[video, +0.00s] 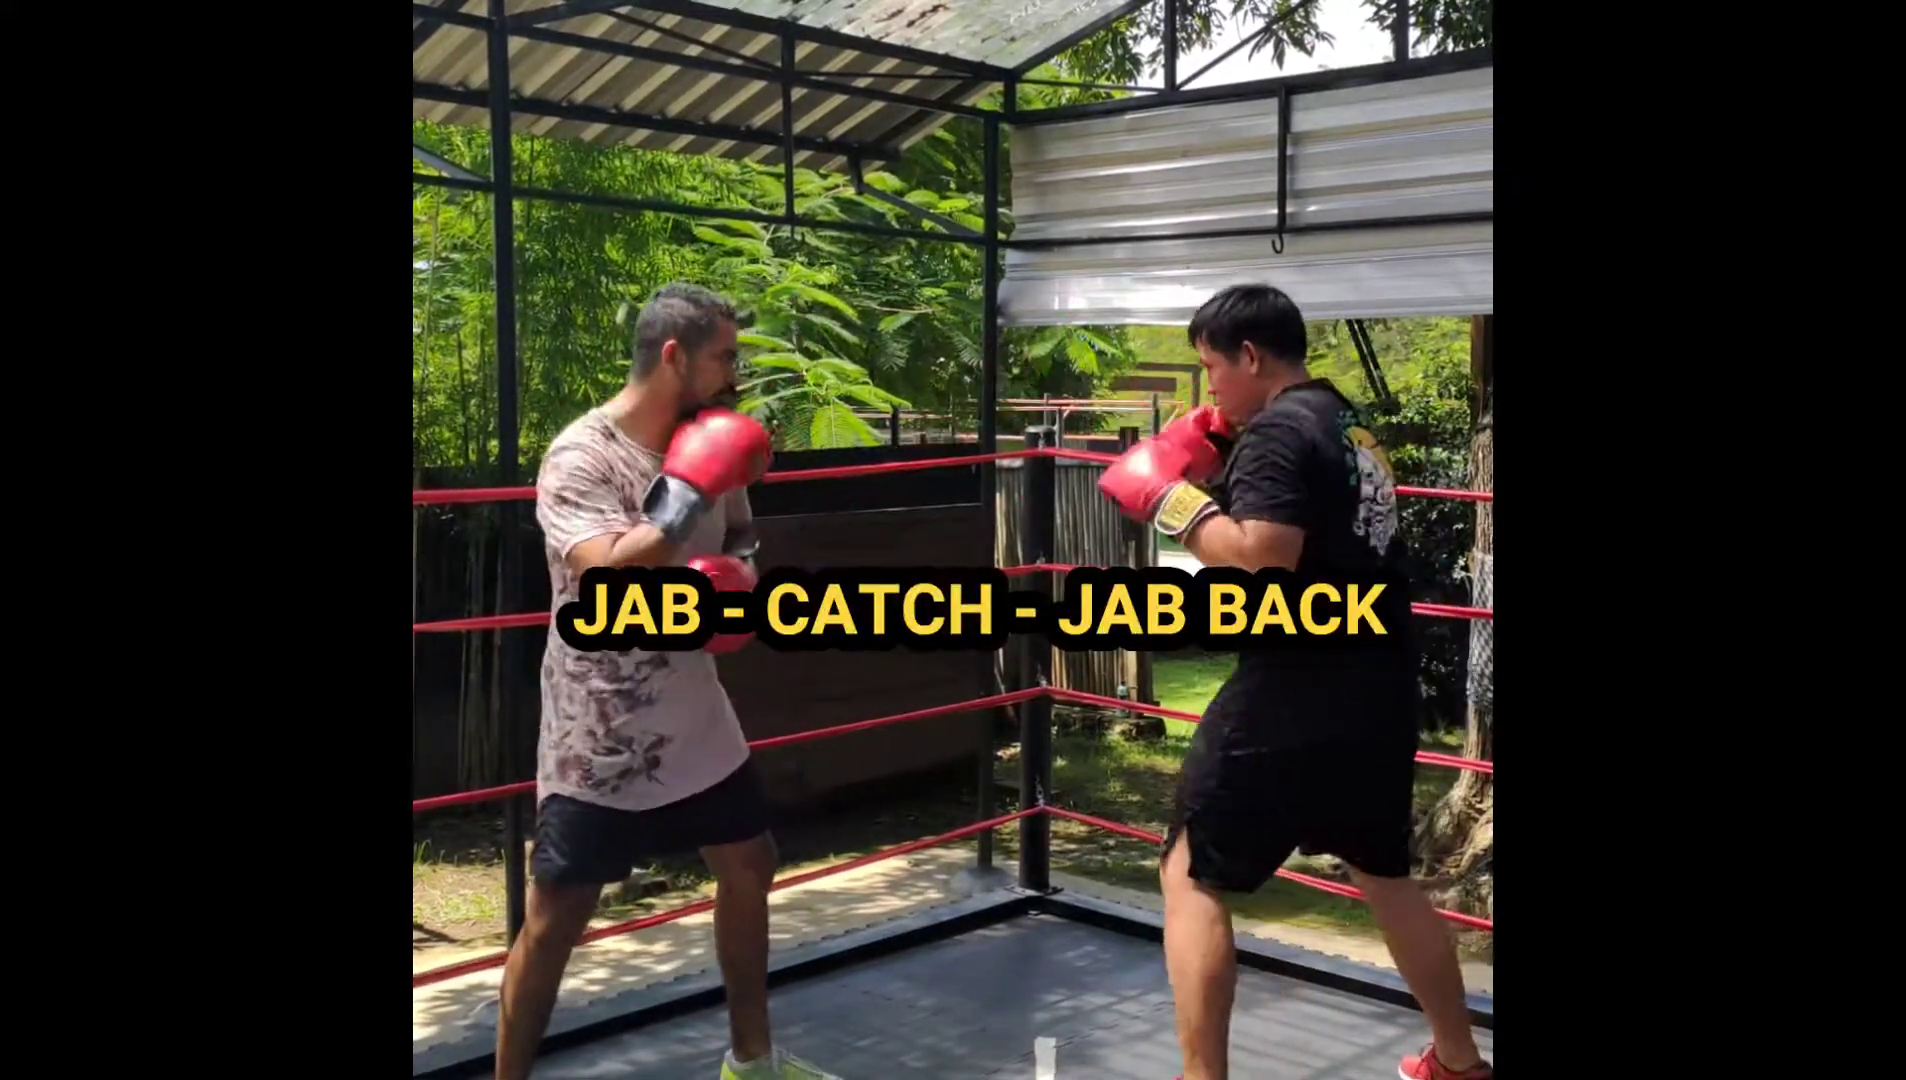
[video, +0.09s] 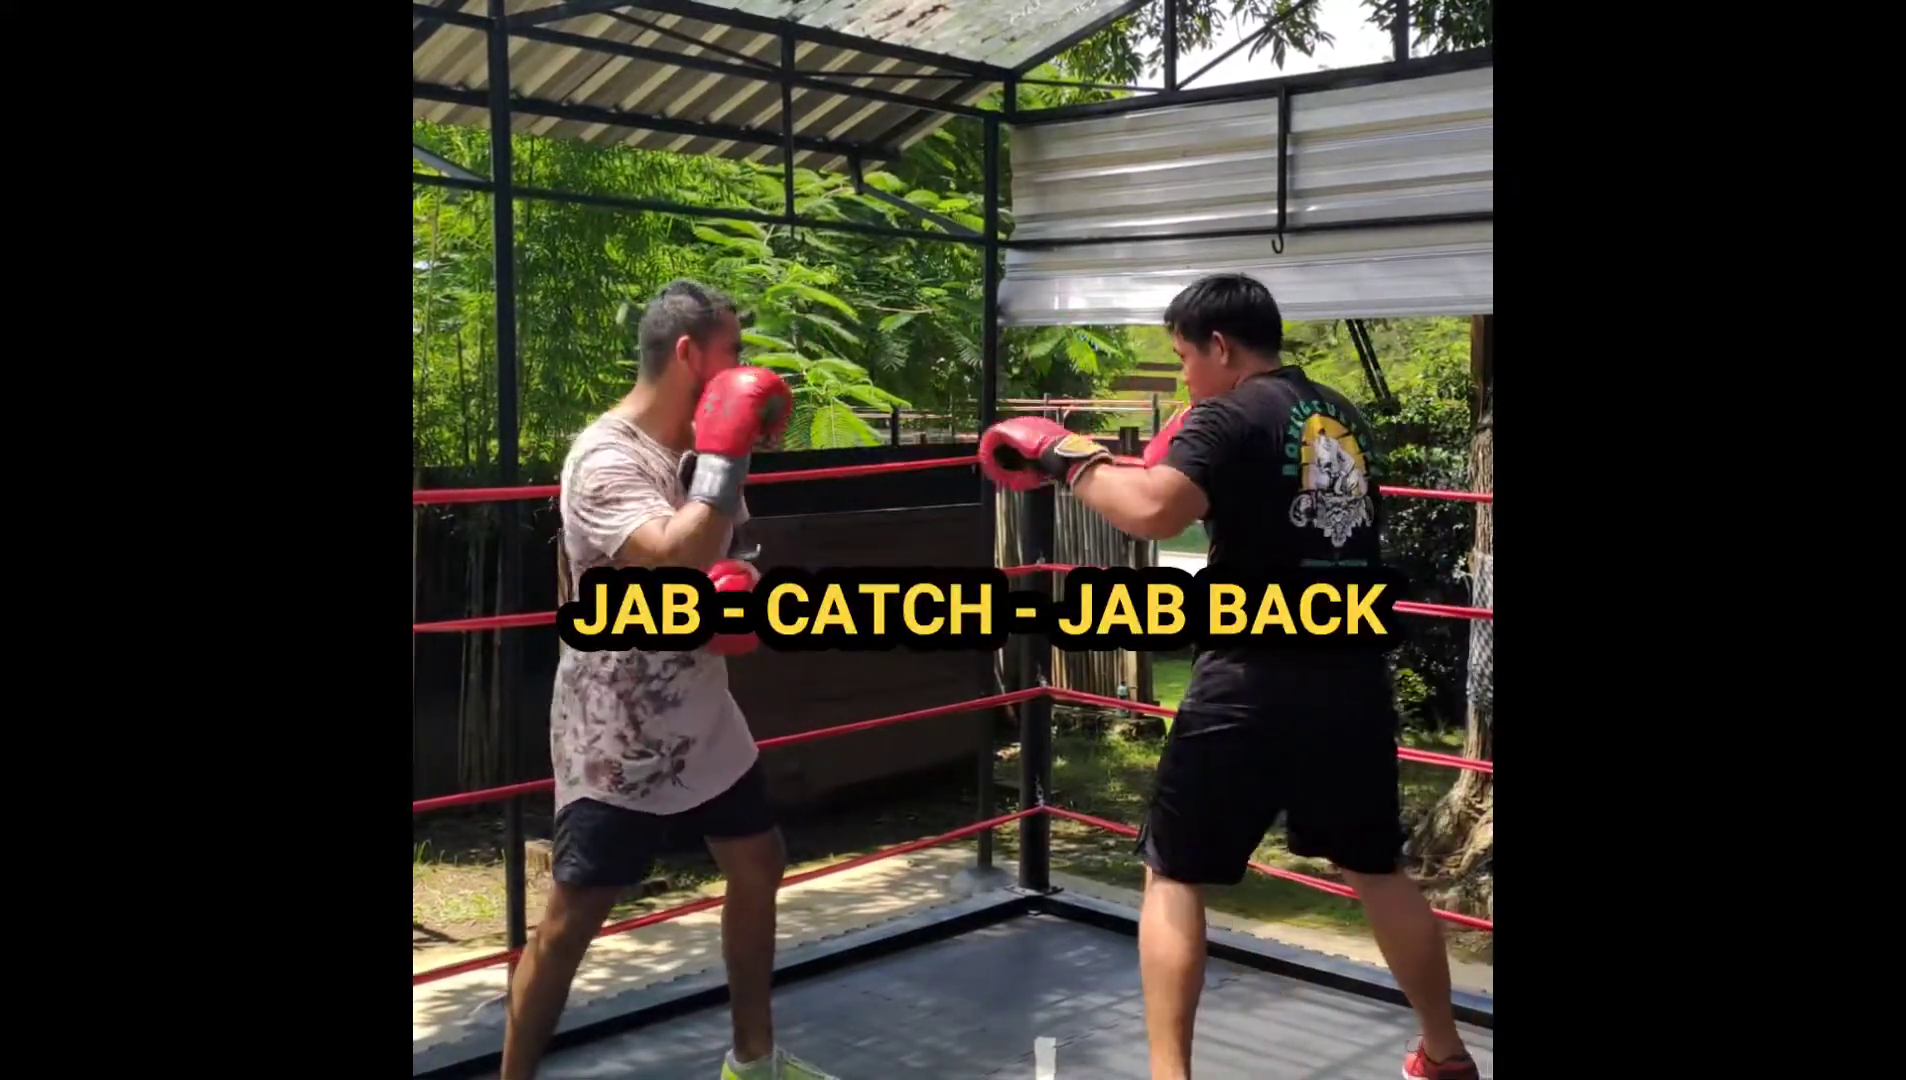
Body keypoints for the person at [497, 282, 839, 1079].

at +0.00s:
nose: (735, 374)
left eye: (737, 359)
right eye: (726, 358)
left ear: (681, 358)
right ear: (672, 354)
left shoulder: (709, 450)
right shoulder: (576, 458)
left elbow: (743, 551)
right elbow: (602, 565)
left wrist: (735, 586)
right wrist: (689, 494)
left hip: (693, 712)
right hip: (593, 729)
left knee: (748, 867)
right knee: (552, 923)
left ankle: (753, 1059)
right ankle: (508, 1075)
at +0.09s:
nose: (738, 369)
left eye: (740, 354)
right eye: (733, 352)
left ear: (682, 355)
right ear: (687, 352)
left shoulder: (698, 448)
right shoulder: (601, 460)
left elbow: (735, 549)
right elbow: (675, 554)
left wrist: (736, 593)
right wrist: (721, 454)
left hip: (703, 718)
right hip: (613, 736)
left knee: (757, 868)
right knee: (566, 927)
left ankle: (755, 1058)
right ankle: (514, 1074)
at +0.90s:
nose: (695, 394)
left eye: (698, 378)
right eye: (687, 375)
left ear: (636, 371)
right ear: (636, 368)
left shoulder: (646, 459)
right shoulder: (543, 469)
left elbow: (681, 569)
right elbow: (606, 595)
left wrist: (689, 531)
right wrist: (678, 500)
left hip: (649, 714)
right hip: (560, 727)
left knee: (717, 872)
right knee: (542, 939)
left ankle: (751, 1059)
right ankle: (501, 1077)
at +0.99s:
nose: (698, 393)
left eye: (701, 376)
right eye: (690, 374)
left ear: (640, 372)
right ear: (638, 369)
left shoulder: (643, 457)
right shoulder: (547, 467)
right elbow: (604, 594)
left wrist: (695, 551)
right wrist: (681, 499)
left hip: (653, 713)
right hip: (566, 726)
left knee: (723, 872)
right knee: (547, 936)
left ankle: (761, 1059)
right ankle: (501, 1077)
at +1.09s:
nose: (720, 400)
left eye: (721, 383)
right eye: (711, 382)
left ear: (661, 381)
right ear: (658, 378)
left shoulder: (664, 472)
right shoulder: (568, 475)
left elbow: (693, 578)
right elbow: (619, 599)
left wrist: (707, 632)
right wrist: (700, 508)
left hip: (672, 723)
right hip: (582, 740)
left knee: (757, 873)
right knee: (556, 945)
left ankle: (780, 1057)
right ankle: (504, 1077)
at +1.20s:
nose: (744, 392)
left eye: (747, 375)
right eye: (735, 372)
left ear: (689, 373)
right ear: (682, 368)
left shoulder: (700, 462)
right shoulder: (586, 463)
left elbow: (684, 575)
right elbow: (628, 572)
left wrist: (729, 575)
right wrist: (712, 500)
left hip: (697, 716)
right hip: (600, 729)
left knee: (772, 867)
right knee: (558, 930)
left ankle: (782, 1056)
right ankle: (504, 1076)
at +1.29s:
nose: (769, 380)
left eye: (773, 364)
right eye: (761, 361)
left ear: (719, 360)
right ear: (707, 355)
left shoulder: (741, 462)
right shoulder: (611, 444)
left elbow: (777, 535)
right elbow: (617, 556)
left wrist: (825, 529)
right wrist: (714, 488)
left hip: (721, 714)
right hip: (613, 722)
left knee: (778, 873)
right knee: (560, 915)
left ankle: (783, 1057)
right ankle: (505, 1075)